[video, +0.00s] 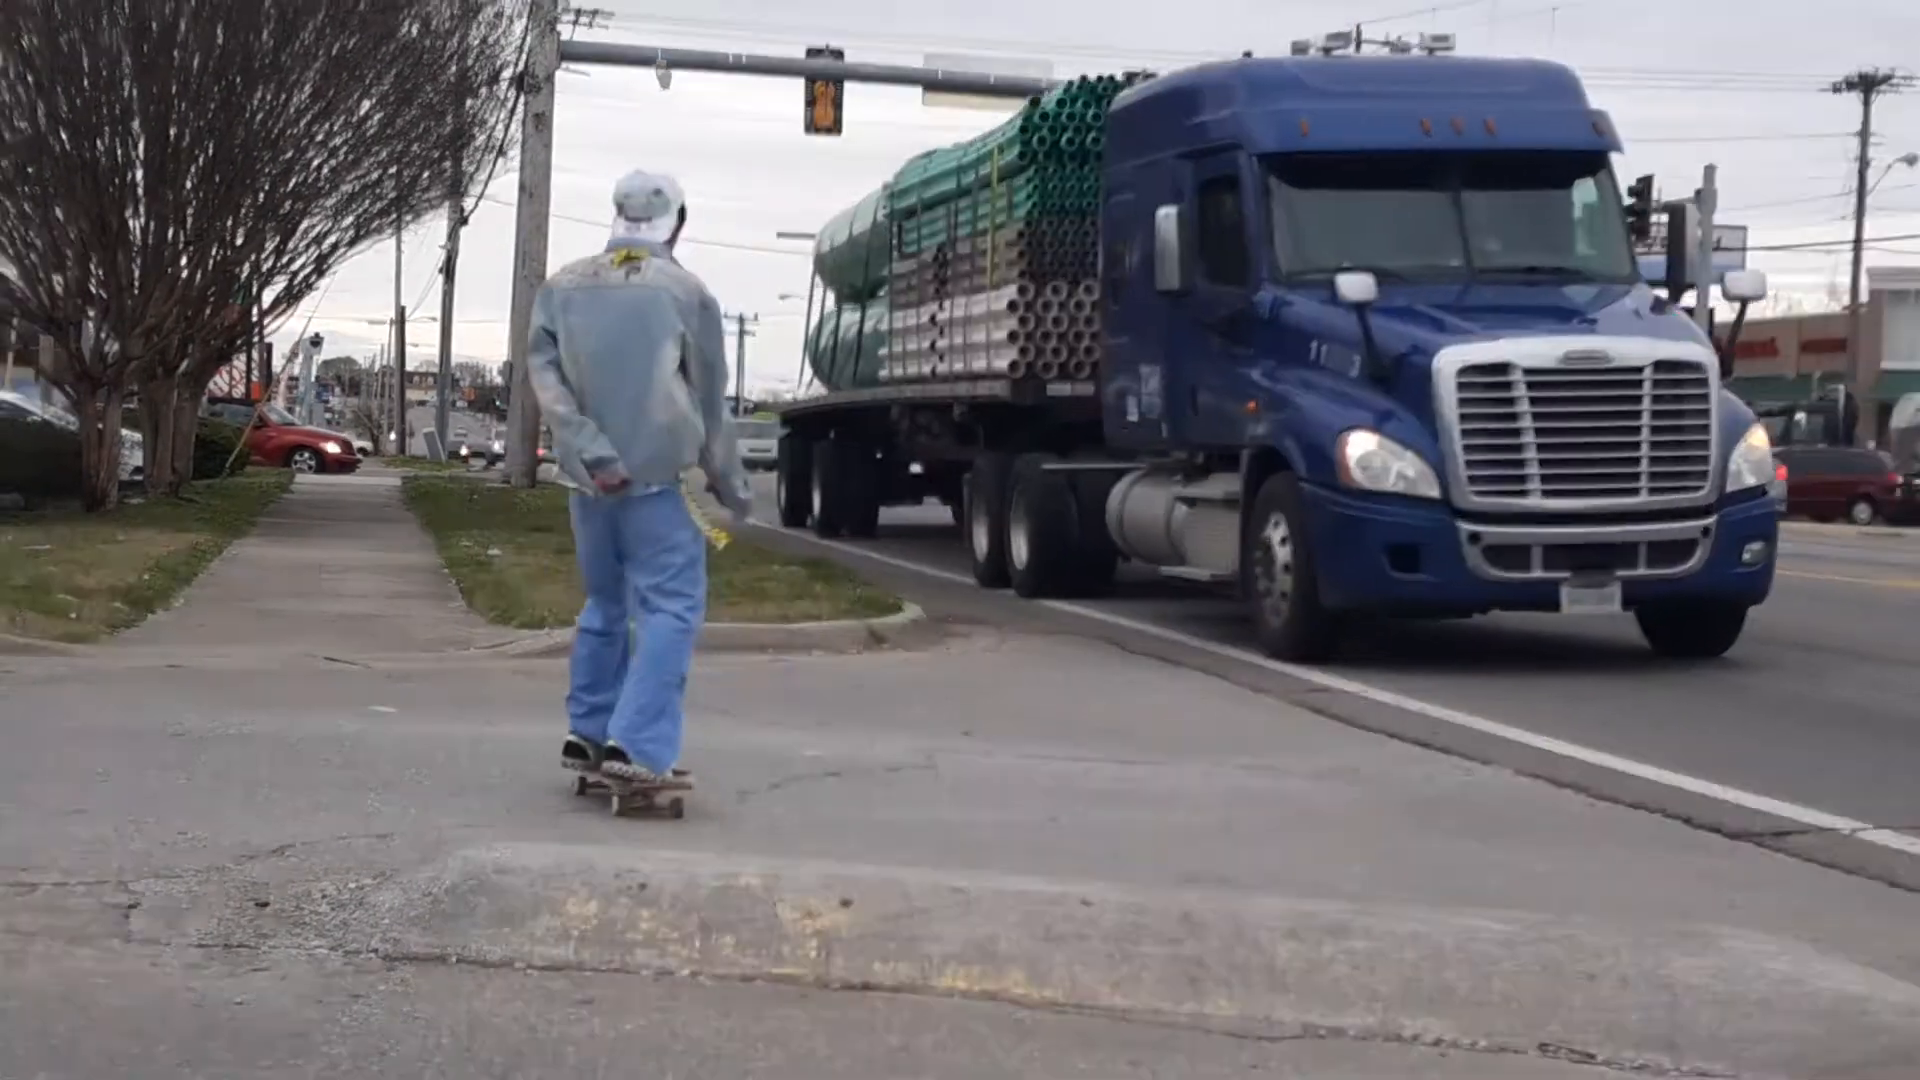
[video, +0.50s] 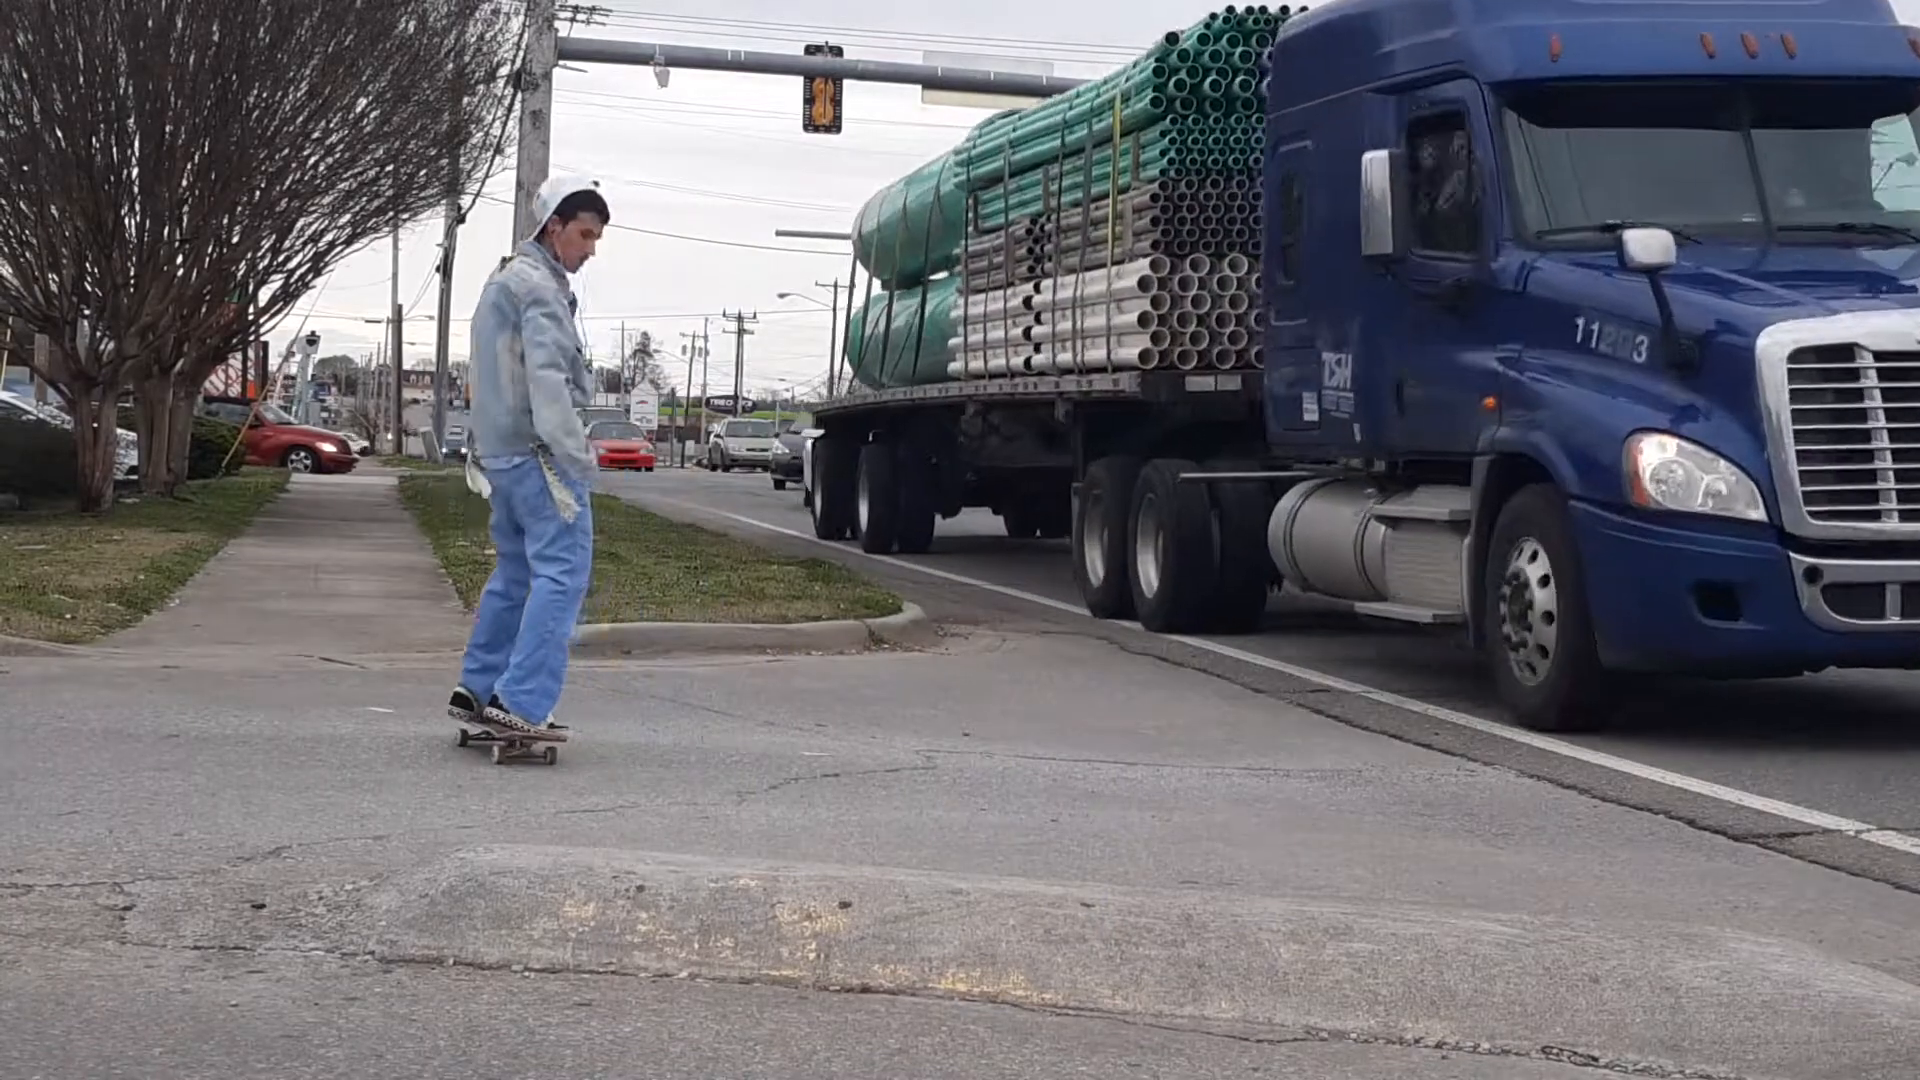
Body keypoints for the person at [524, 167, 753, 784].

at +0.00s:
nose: (673, 232)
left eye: (665, 221)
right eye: (675, 223)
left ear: (616, 218)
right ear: (673, 225)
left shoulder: (561, 285)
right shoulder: (686, 292)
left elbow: (545, 379)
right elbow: (711, 401)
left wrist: (591, 451)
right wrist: (729, 485)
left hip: (587, 479)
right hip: (655, 478)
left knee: (603, 603)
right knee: (671, 607)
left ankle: (588, 732)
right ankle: (636, 750)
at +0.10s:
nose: (662, 243)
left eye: (663, 232)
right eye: (663, 232)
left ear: (602, 219)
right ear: (650, 225)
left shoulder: (539, 283)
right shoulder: (652, 285)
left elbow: (509, 381)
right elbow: (707, 390)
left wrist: (519, 462)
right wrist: (766, 456)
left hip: (558, 467)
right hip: (620, 469)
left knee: (580, 591)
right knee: (652, 592)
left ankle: (565, 724)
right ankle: (621, 743)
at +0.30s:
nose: (633, 252)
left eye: (637, 240)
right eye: (630, 237)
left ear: (588, 228)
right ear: (599, 225)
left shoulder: (513, 286)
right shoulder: (594, 286)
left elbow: (475, 384)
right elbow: (655, 365)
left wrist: (449, 460)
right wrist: (736, 407)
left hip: (526, 465)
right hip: (581, 462)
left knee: (545, 581)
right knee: (605, 584)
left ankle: (518, 704)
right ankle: (568, 724)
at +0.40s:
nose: (612, 252)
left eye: (616, 241)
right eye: (610, 238)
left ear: (578, 228)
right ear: (578, 225)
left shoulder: (509, 280)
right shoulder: (564, 285)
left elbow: (475, 374)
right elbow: (604, 378)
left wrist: (468, 444)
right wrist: (672, 417)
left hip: (510, 457)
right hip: (556, 455)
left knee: (531, 573)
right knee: (585, 576)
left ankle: (497, 694)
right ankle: (544, 714)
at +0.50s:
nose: (592, 250)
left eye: (596, 238)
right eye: (587, 235)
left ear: (552, 230)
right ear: (554, 226)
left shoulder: (505, 281)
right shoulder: (542, 288)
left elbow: (487, 378)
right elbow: (548, 389)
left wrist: (485, 450)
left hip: (498, 454)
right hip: (531, 455)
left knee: (516, 567)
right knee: (563, 571)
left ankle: (479, 686)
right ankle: (522, 703)